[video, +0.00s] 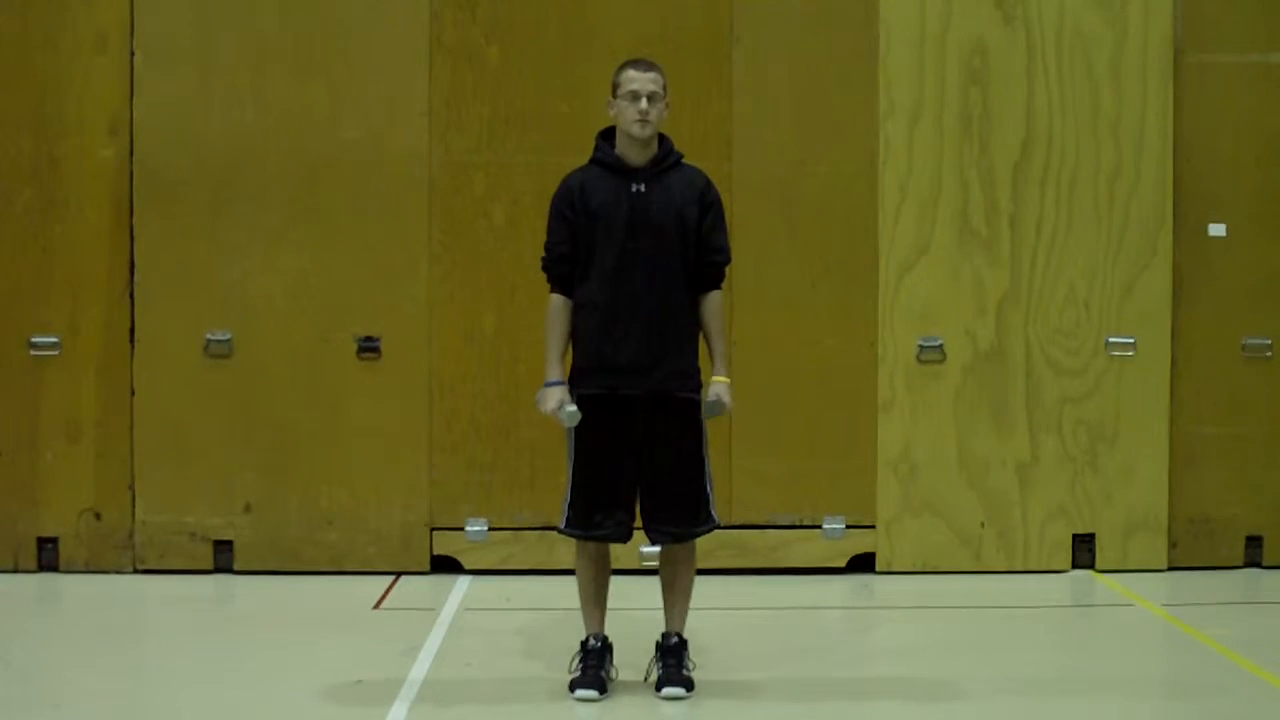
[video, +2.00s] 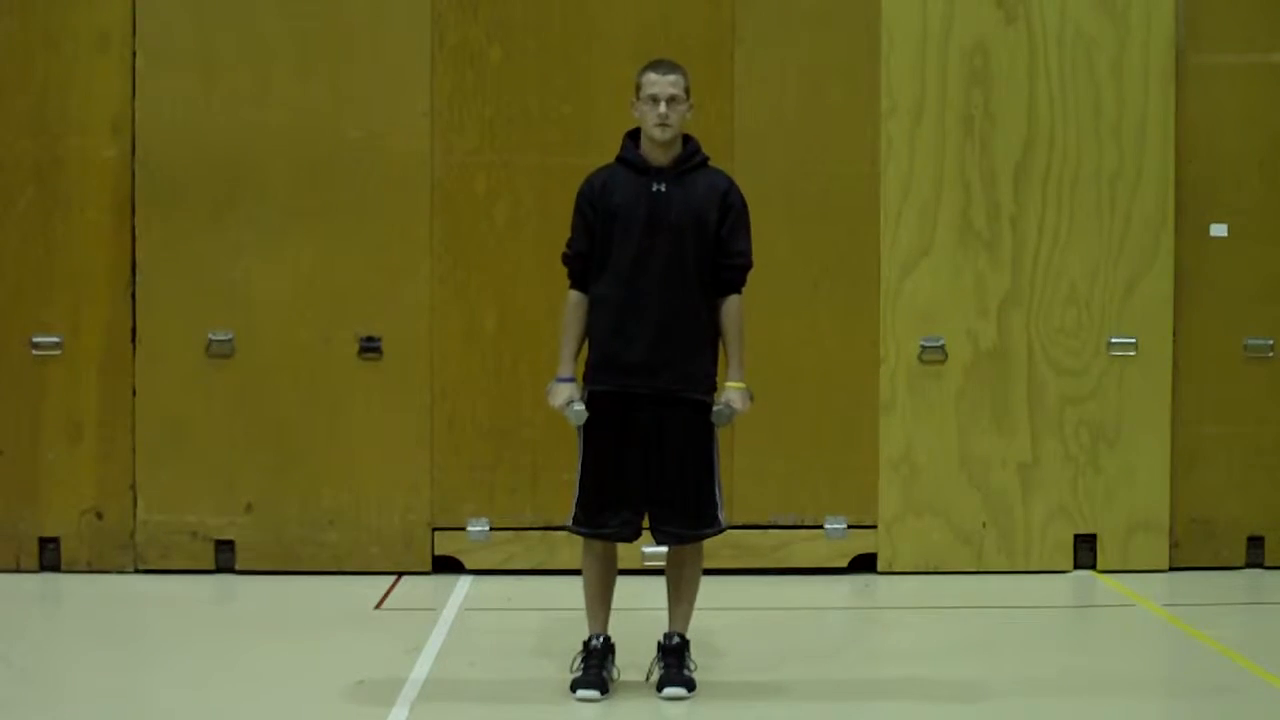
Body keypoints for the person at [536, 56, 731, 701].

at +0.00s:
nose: (644, 107)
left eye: (654, 98)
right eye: (633, 97)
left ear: (667, 110)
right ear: (611, 107)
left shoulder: (694, 188)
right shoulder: (579, 188)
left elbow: (710, 287)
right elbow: (560, 290)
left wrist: (720, 370)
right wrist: (554, 377)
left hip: (674, 383)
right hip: (598, 384)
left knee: (678, 523)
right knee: (593, 522)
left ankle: (673, 648)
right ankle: (594, 647)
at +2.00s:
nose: (663, 110)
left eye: (674, 101)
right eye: (653, 100)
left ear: (690, 109)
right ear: (635, 108)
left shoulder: (718, 192)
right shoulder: (601, 188)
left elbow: (730, 292)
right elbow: (580, 287)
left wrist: (734, 378)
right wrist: (564, 372)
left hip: (688, 386)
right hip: (612, 383)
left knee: (686, 523)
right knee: (600, 520)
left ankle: (675, 647)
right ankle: (596, 645)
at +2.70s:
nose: (591, 167)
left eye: (597, 154)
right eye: (583, 157)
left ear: (631, 133)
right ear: (584, 149)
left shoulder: (696, 194)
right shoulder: (588, 200)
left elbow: (720, 295)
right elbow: (591, 295)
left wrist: (720, 387)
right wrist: (583, 377)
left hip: (677, 388)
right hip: (605, 387)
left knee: (683, 524)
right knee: (586, 515)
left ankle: (676, 648)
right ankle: (595, 644)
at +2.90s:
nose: (551, 181)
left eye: (554, 167)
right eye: (543, 171)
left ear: (583, 142)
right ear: (550, 159)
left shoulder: (658, 196)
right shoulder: (569, 210)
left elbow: (686, 295)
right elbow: (590, 296)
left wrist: (679, 391)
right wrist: (589, 371)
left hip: (651, 389)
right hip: (585, 386)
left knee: (666, 527)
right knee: (542, 514)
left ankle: (674, 650)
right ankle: (507, 645)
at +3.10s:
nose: (493, 199)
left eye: (493, 185)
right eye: (486, 190)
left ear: (522, 160)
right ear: (512, 169)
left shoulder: (601, 205)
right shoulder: (528, 215)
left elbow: (627, 307)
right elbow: (550, 303)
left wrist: (610, 403)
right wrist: (547, 377)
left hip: (611, 396)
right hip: (546, 392)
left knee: (639, 533)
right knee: (498, 524)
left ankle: (670, 651)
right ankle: (446, 648)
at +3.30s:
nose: (402, 212)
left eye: (400, 199)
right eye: (394, 203)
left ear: (426, 174)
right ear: (415, 181)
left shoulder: (514, 207)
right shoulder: (449, 219)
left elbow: (550, 306)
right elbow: (482, 307)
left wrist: (538, 402)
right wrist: (488, 380)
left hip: (558, 393)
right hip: (494, 393)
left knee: (603, 527)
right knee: (455, 523)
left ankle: (659, 643)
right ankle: (432, 653)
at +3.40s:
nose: (366, 220)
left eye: (362, 208)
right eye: (358, 213)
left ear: (383, 179)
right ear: (379, 189)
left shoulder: (477, 207)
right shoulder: (413, 227)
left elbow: (518, 305)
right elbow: (451, 317)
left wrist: (509, 402)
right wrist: (446, 389)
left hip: (531, 391)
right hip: (471, 392)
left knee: (559, 521)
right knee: (443, 524)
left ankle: (637, 625)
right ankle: (432, 653)